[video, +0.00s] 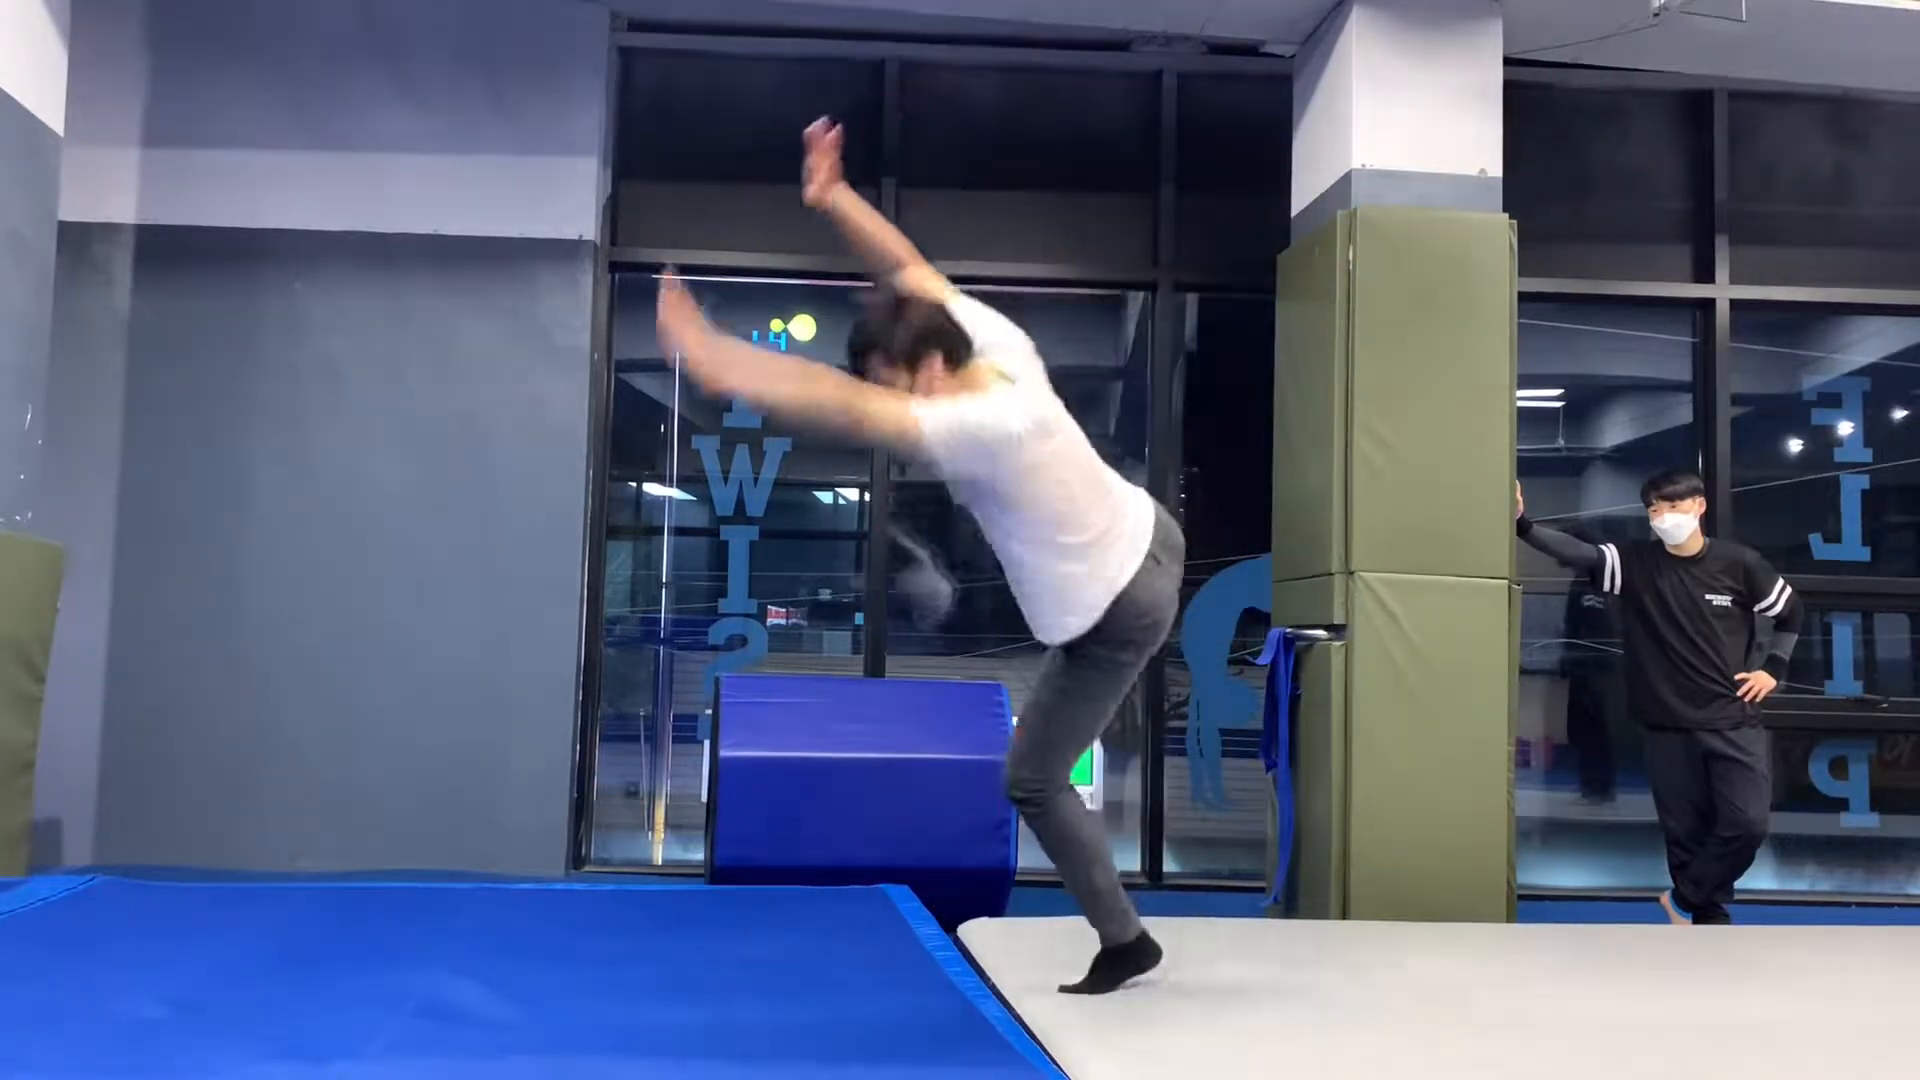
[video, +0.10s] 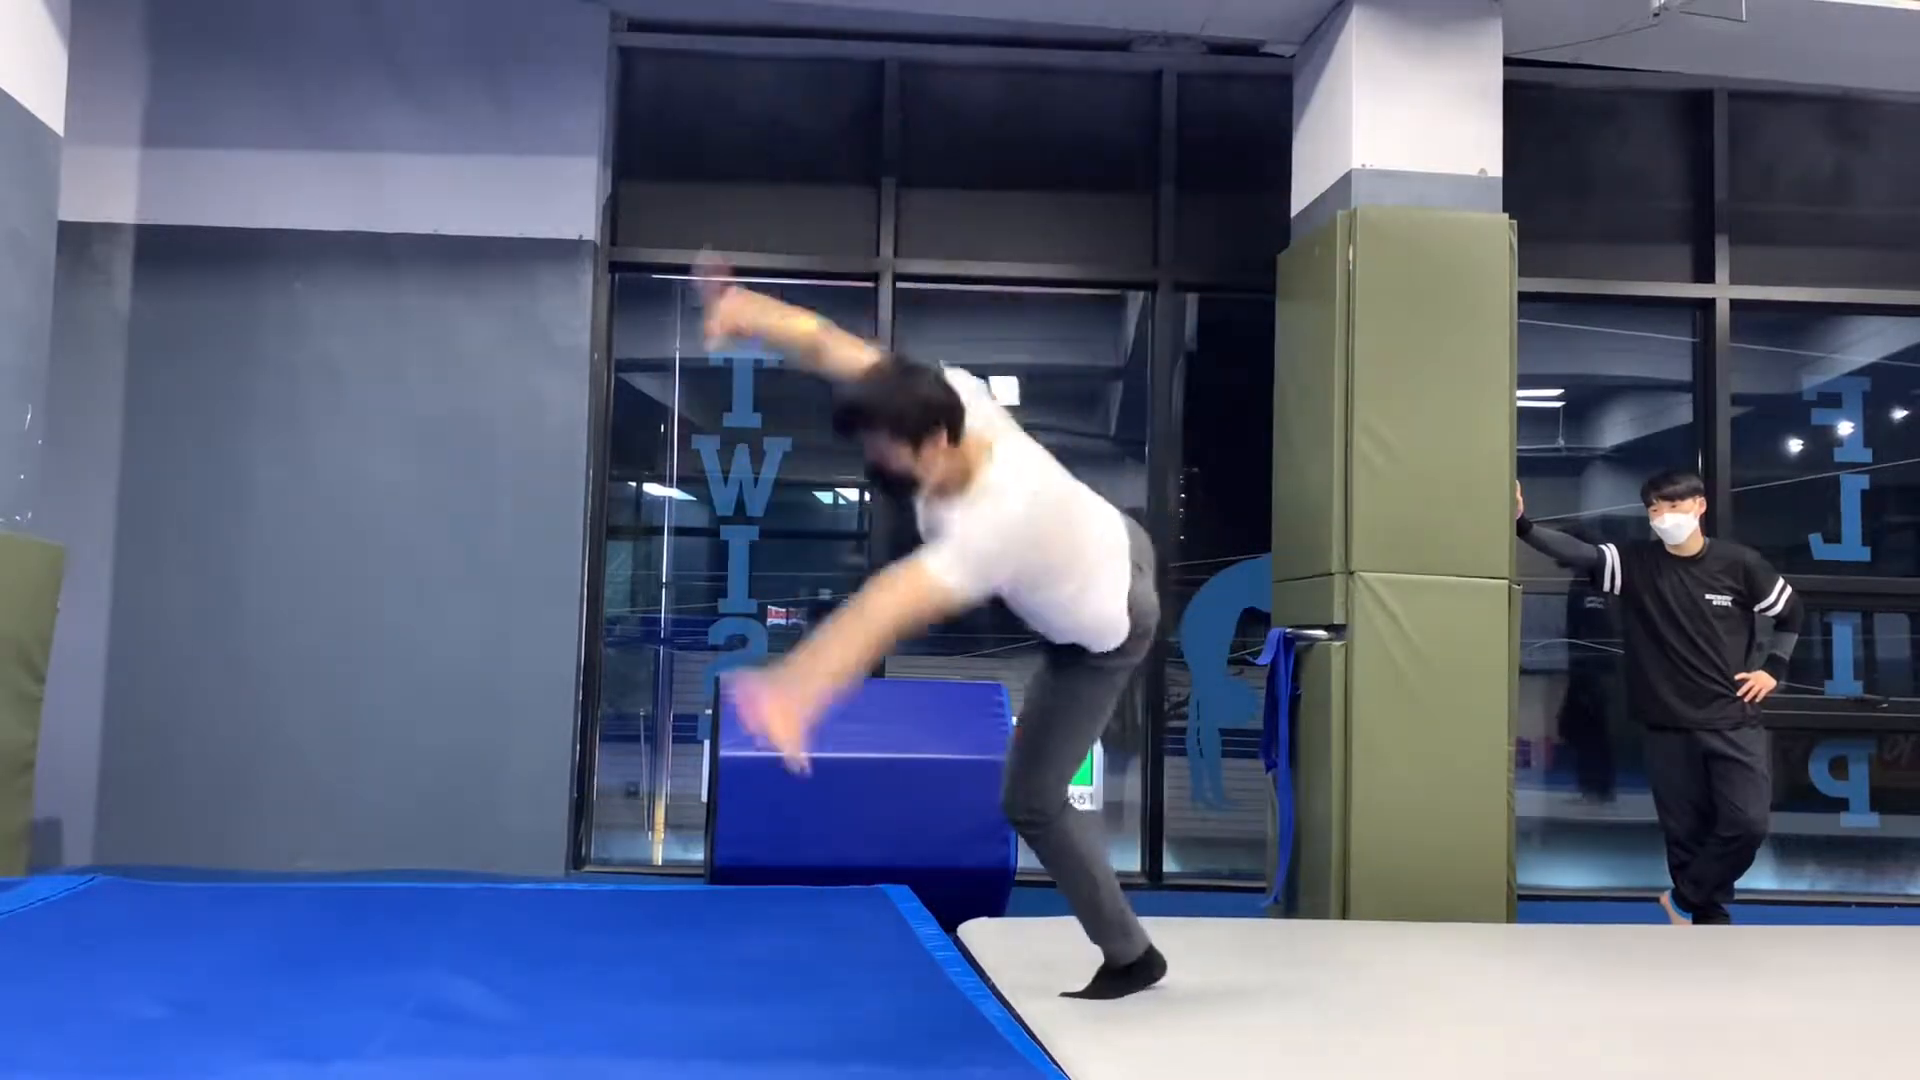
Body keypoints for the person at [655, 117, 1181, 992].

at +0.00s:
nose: (897, 401)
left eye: (897, 385)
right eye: (887, 385)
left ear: (930, 364)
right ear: (933, 345)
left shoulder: (978, 425)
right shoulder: (989, 341)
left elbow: (849, 406)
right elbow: (912, 272)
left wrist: (721, 363)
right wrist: (833, 198)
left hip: (1127, 608)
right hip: (1152, 530)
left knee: (1035, 780)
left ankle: (1124, 938)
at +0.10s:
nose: (895, 474)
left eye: (899, 460)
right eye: (884, 462)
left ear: (938, 438)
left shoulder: (996, 520)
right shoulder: (947, 398)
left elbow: (891, 602)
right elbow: (836, 351)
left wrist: (795, 691)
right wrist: (752, 311)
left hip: (1110, 623)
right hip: (1120, 537)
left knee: (1033, 799)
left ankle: (1130, 954)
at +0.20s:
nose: (884, 568)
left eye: (896, 559)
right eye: (878, 554)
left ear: (940, 550)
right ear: (873, 525)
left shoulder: (994, 612)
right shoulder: (895, 484)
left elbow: (931, 771)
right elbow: (771, 480)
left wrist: (892, 910)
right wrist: (667, 509)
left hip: (1078, 629)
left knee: (1017, 807)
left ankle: (1123, 951)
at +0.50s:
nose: (816, 923)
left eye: (841, 920)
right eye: (802, 912)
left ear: (884, 867)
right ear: (779, 866)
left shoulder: (916, 816)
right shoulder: (738, 784)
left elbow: (913, 949)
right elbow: (680, 934)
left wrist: (914, 1071)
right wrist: (642, 1071)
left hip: (910, 541)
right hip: (802, 508)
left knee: (1021, 581)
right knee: (622, 503)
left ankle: (1086, 584)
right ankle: (487, 433)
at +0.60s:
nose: (771, 939)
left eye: (802, 944)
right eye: (765, 927)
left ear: (861, 883)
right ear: (752, 874)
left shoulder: (893, 810)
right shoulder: (703, 798)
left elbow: (907, 943)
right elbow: (647, 957)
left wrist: (918, 1069)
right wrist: (632, 1075)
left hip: (835, 520)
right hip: (726, 517)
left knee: (903, 471)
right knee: (527, 630)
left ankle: (958, 433)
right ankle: (357, 652)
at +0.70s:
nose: (753, 911)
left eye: (786, 916)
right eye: (753, 902)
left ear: (844, 846)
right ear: (736, 843)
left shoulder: (867, 787)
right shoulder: (678, 787)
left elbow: (886, 921)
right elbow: (632, 955)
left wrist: (915, 1046)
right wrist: (627, 1075)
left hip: (722, 535)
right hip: (616, 556)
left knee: (738, 426)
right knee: (522, 783)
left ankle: (766, 356)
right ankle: (396, 943)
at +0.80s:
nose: (779, 886)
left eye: (800, 877)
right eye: (770, 877)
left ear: (834, 818)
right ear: (730, 835)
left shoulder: (833, 731)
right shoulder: (649, 789)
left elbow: (917, 839)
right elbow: (613, 974)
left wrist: (970, 970)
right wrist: (619, 1079)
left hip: (600, 561)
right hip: (513, 620)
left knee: (544, 455)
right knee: (536, 856)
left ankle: (524, 375)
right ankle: (426, 1023)